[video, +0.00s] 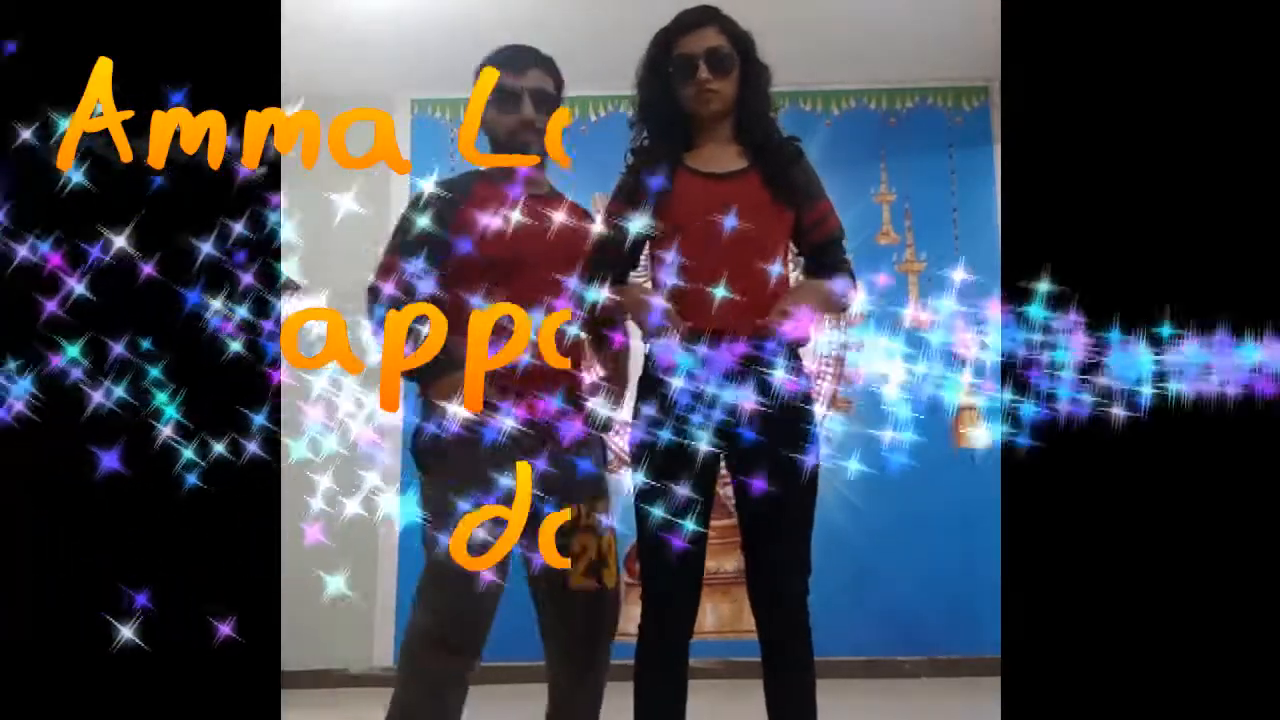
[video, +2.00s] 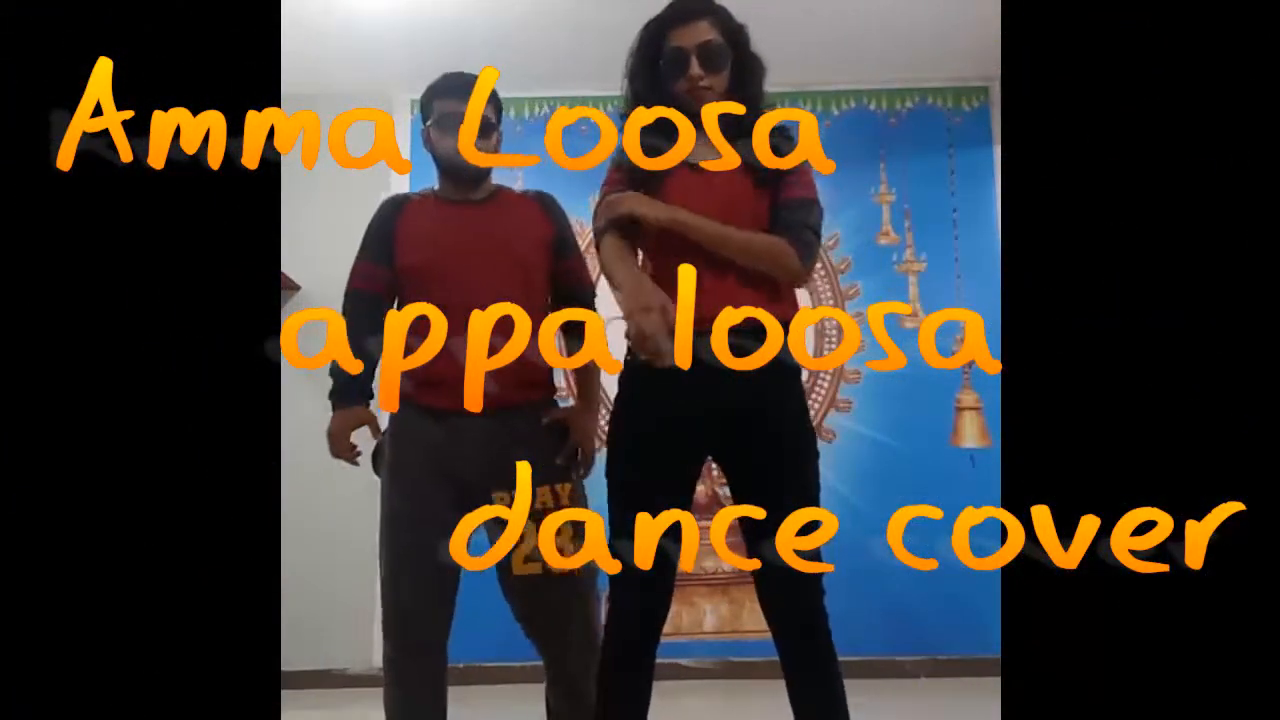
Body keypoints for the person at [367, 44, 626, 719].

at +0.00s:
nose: (524, 111)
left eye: (540, 100)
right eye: (508, 96)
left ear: (556, 116)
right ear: (481, 107)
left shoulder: (584, 221)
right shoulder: (442, 201)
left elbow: (610, 330)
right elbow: (390, 303)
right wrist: (437, 366)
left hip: (565, 440)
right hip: (466, 439)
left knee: (584, 627)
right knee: (451, 621)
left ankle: (574, 717)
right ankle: (416, 719)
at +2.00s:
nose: (466, 135)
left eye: (481, 123)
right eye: (449, 124)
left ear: (499, 132)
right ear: (427, 136)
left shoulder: (542, 215)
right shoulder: (397, 217)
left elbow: (577, 315)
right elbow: (361, 317)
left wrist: (588, 404)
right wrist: (347, 398)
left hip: (530, 440)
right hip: (423, 443)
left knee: (570, 628)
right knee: (413, 625)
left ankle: (579, 716)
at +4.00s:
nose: (496, 141)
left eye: (510, 131)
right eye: (483, 130)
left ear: (529, 145)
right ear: (459, 140)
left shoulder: (568, 230)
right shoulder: (426, 235)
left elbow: (607, 317)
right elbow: (386, 334)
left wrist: (590, 378)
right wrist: (398, 389)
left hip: (546, 438)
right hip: (447, 442)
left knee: (563, 623)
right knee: (430, 625)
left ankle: (580, 719)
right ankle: (422, 719)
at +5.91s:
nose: (492, 130)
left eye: (505, 119)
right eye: (477, 119)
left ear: (522, 134)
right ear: (453, 133)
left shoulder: (562, 213)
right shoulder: (418, 217)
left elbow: (595, 306)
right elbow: (383, 308)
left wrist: (590, 376)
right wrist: (391, 369)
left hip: (542, 436)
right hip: (439, 439)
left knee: (562, 623)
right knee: (430, 627)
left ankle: (580, 718)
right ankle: (425, 718)